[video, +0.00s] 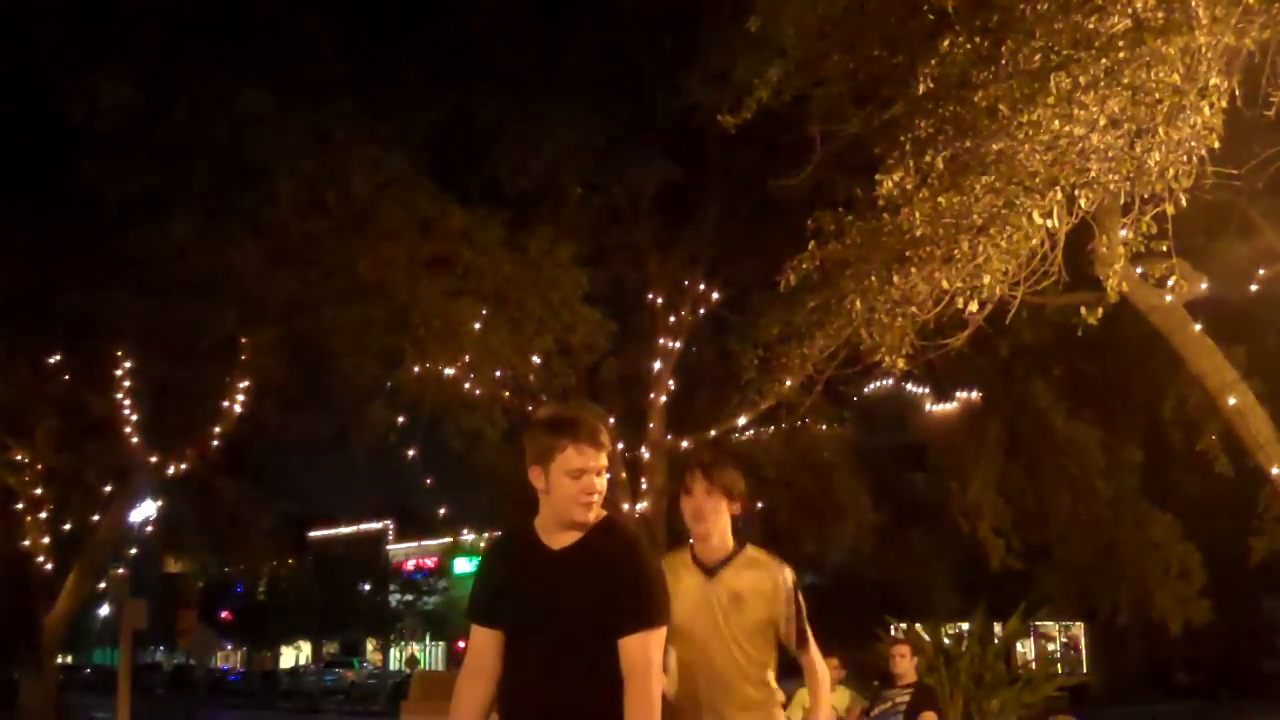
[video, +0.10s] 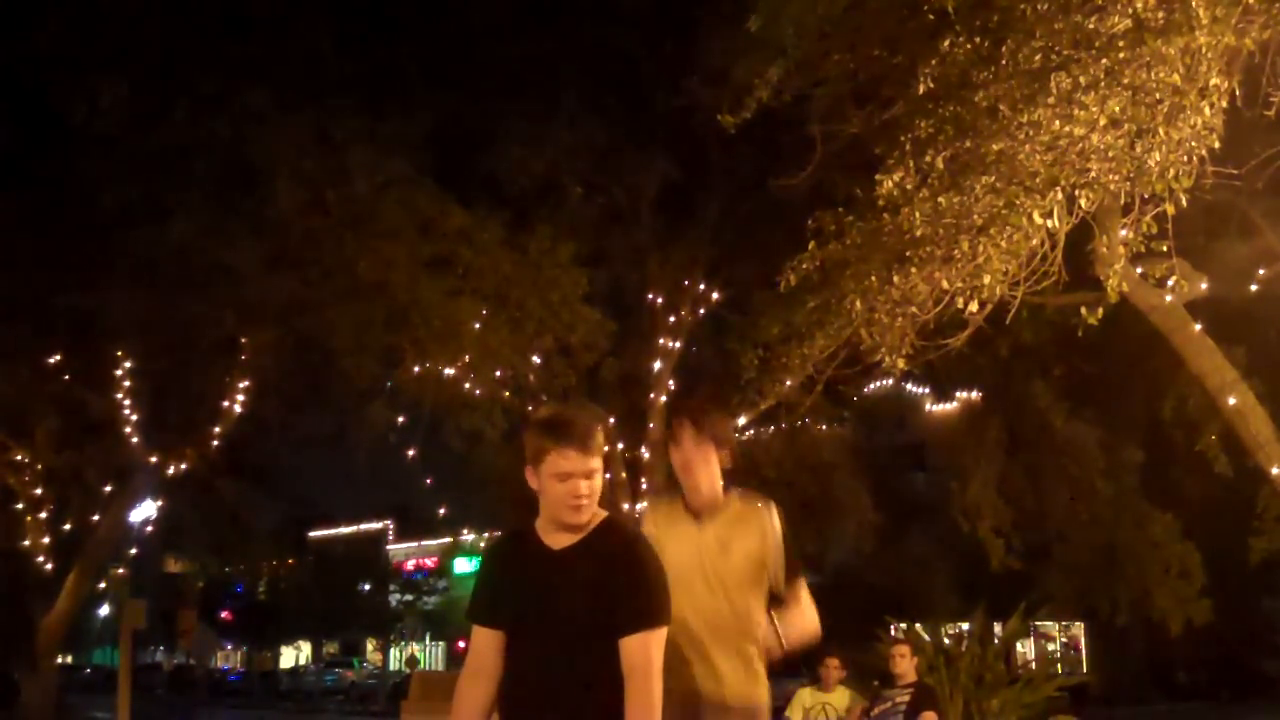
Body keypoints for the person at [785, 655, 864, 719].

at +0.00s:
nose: (833, 672)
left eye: (836, 668)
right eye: (830, 668)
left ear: (842, 673)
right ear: (821, 670)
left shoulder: (845, 694)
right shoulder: (804, 693)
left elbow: (863, 705)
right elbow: (792, 716)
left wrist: (851, 715)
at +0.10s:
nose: (830, 672)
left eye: (836, 668)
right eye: (826, 667)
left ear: (843, 674)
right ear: (819, 670)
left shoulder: (850, 697)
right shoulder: (803, 694)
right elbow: (792, 717)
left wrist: (855, 712)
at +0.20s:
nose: (830, 672)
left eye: (836, 668)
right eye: (827, 667)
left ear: (842, 674)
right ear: (819, 670)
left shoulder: (849, 696)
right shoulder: (803, 694)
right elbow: (791, 717)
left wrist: (854, 714)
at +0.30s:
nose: (830, 671)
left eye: (836, 668)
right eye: (827, 667)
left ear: (843, 673)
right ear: (819, 670)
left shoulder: (849, 696)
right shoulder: (803, 694)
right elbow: (790, 716)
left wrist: (854, 714)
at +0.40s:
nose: (830, 672)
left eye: (836, 668)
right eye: (826, 667)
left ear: (842, 673)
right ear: (819, 670)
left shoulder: (849, 695)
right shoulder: (803, 694)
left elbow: (862, 705)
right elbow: (790, 717)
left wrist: (853, 714)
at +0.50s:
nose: (830, 672)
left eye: (835, 668)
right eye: (826, 667)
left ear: (842, 673)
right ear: (819, 670)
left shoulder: (848, 695)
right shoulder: (803, 694)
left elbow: (863, 705)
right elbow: (790, 717)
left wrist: (855, 713)